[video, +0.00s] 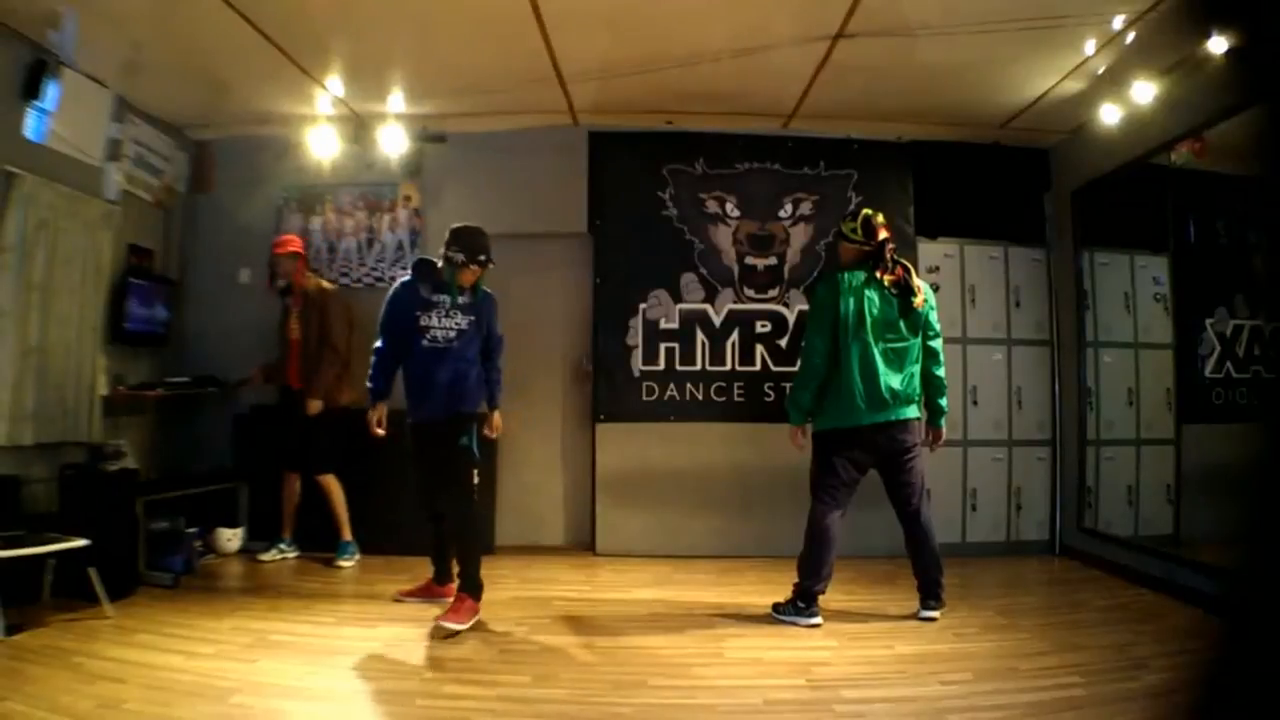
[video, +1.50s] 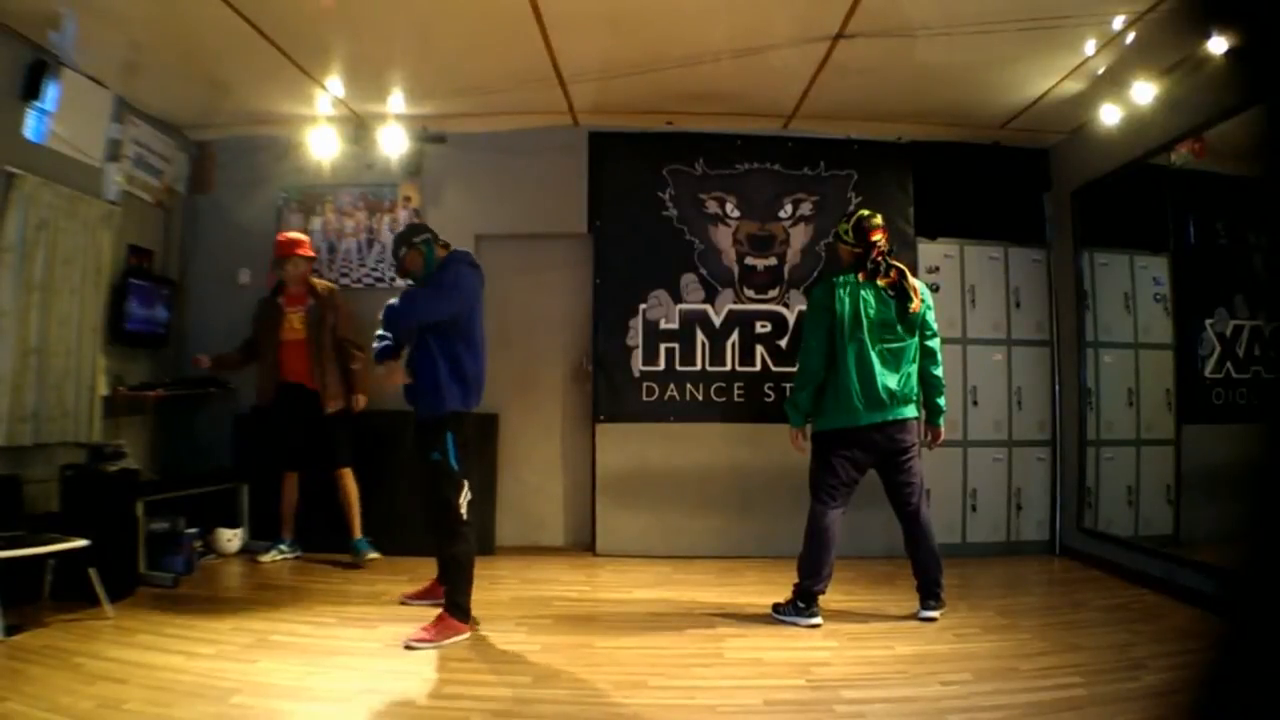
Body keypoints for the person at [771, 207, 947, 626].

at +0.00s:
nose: (835, 248)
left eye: (841, 242)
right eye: (838, 241)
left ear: (857, 247)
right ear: (881, 246)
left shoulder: (834, 286)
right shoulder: (917, 289)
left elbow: (816, 355)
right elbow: (933, 358)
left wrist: (799, 410)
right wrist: (936, 413)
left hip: (844, 419)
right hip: (901, 420)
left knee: (827, 508)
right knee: (915, 510)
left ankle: (806, 600)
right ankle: (931, 598)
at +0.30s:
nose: (835, 249)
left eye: (841, 243)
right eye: (838, 241)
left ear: (857, 248)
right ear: (881, 247)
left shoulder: (834, 286)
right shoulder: (916, 290)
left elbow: (816, 356)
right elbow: (932, 359)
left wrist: (800, 411)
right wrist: (935, 415)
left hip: (844, 419)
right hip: (900, 420)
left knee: (826, 507)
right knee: (914, 509)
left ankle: (806, 600)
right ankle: (931, 598)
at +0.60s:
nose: (834, 249)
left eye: (840, 243)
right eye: (836, 241)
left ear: (857, 248)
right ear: (879, 247)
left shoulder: (833, 287)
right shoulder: (915, 290)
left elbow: (816, 357)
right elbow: (931, 358)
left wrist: (799, 411)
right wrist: (934, 414)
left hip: (844, 420)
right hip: (899, 420)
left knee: (827, 507)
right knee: (914, 508)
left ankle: (806, 600)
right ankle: (931, 598)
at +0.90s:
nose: (833, 250)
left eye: (839, 244)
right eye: (835, 243)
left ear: (855, 248)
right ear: (878, 248)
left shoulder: (831, 288)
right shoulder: (914, 289)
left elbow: (815, 357)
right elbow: (931, 357)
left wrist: (799, 412)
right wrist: (933, 413)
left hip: (844, 420)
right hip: (899, 419)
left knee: (827, 506)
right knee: (914, 508)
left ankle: (806, 600)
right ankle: (931, 598)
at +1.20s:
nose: (833, 250)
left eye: (838, 244)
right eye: (835, 243)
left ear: (853, 248)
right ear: (879, 247)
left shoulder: (831, 289)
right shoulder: (914, 289)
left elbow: (814, 358)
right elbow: (931, 356)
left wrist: (799, 412)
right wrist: (935, 411)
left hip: (844, 420)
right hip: (899, 419)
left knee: (827, 506)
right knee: (914, 508)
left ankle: (806, 600)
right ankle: (931, 598)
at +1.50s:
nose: (835, 250)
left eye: (839, 244)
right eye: (837, 243)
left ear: (852, 249)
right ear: (880, 247)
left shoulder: (830, 291)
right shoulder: (914, 290)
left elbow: (813, 358)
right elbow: (931, 357)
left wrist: (798, 412)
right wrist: (935, 411)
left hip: (844, 421)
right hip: (899, 420)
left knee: (827, 506)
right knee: (914, 508)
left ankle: (806, 600)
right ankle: (931, 598)